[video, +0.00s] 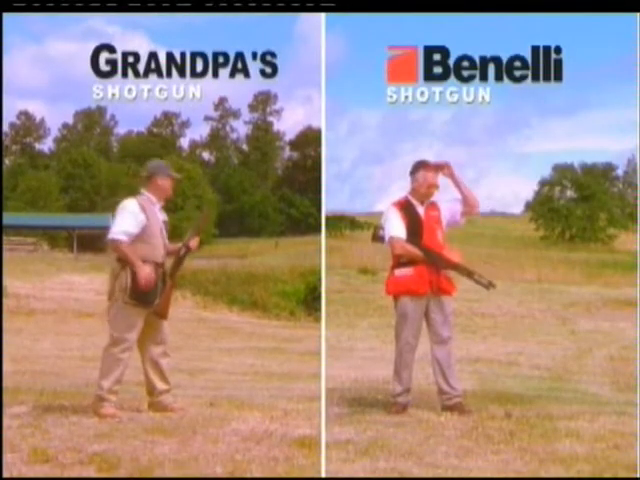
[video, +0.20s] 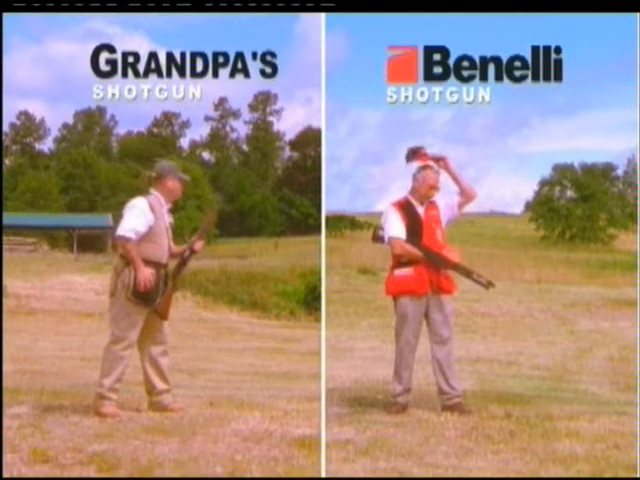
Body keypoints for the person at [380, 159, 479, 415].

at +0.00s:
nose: (431, 190)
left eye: (434, 185)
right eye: (427, 184)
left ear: (436, 185)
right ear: (414, 182)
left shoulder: (439, 209)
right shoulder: (396, 210)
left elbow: (471, 208)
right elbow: (398, 249)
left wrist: (453, 177)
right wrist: (435, 258)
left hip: (437, 281)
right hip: (409, 282)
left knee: (443, 340)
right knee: (406, 342)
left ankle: (451, 397)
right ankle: (400, 396)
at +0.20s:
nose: (435, 191)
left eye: (437, 187)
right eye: (431, 186)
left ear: (436, 186)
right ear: (417, 182)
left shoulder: (438, 208)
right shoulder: (396, 210)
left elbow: (468, 196)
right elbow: (397, 248)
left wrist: (450, 170)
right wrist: (432, 258)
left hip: (437, 278)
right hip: (409, 281)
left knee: (443, 340)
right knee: (406, 342)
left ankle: (451, 396)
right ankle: (400, 395)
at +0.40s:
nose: (434, 187)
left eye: (436, 183)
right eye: (430, 182)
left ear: (436, 184)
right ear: (415, 181)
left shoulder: (438, 209)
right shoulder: (395, 210)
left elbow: (468, 195)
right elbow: (397, 249)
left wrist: (447, 175)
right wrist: (432, 258)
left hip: (437, 279)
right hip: (409, 281)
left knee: (443, 340)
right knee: (406, 342)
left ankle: (451, 397)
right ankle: (401, 395)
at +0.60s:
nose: (431, 194)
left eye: (433, 190)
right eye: (429, 189)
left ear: (434, 189)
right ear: (417, 187)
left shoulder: (437, 209)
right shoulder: (395, 211)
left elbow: (467, 193)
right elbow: (397, 248)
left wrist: (441, 178)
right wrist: (432, 257)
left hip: (437, 281)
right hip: (409, 282)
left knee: (443, 340)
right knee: (406, 342)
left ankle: (450, 397)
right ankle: (401, 396)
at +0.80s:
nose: (430, 194)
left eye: (431, 190)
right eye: (426, 190)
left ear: (432, 189)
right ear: (413, 188)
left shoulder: (437, 208)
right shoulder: (395, 211)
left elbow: (464, 190)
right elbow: (397, 247)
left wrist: (439, 177)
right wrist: (434, 257)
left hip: (437, 281)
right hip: (409, 282)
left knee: (443, 340)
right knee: (406, 342)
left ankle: (450, 397)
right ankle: (400, 396)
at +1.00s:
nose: (428, 191)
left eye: (431, 186)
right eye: (424, 186)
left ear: (432, 187)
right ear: (411, 186)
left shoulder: (437, 207)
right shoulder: (395, 211)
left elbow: (463, 186)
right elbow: (397, 248)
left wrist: (438, 176)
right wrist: (434, 257)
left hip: (437, 281)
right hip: (409, 282)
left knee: (443, 340)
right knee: (406, 342)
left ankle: (450, 397)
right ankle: (400, 396)